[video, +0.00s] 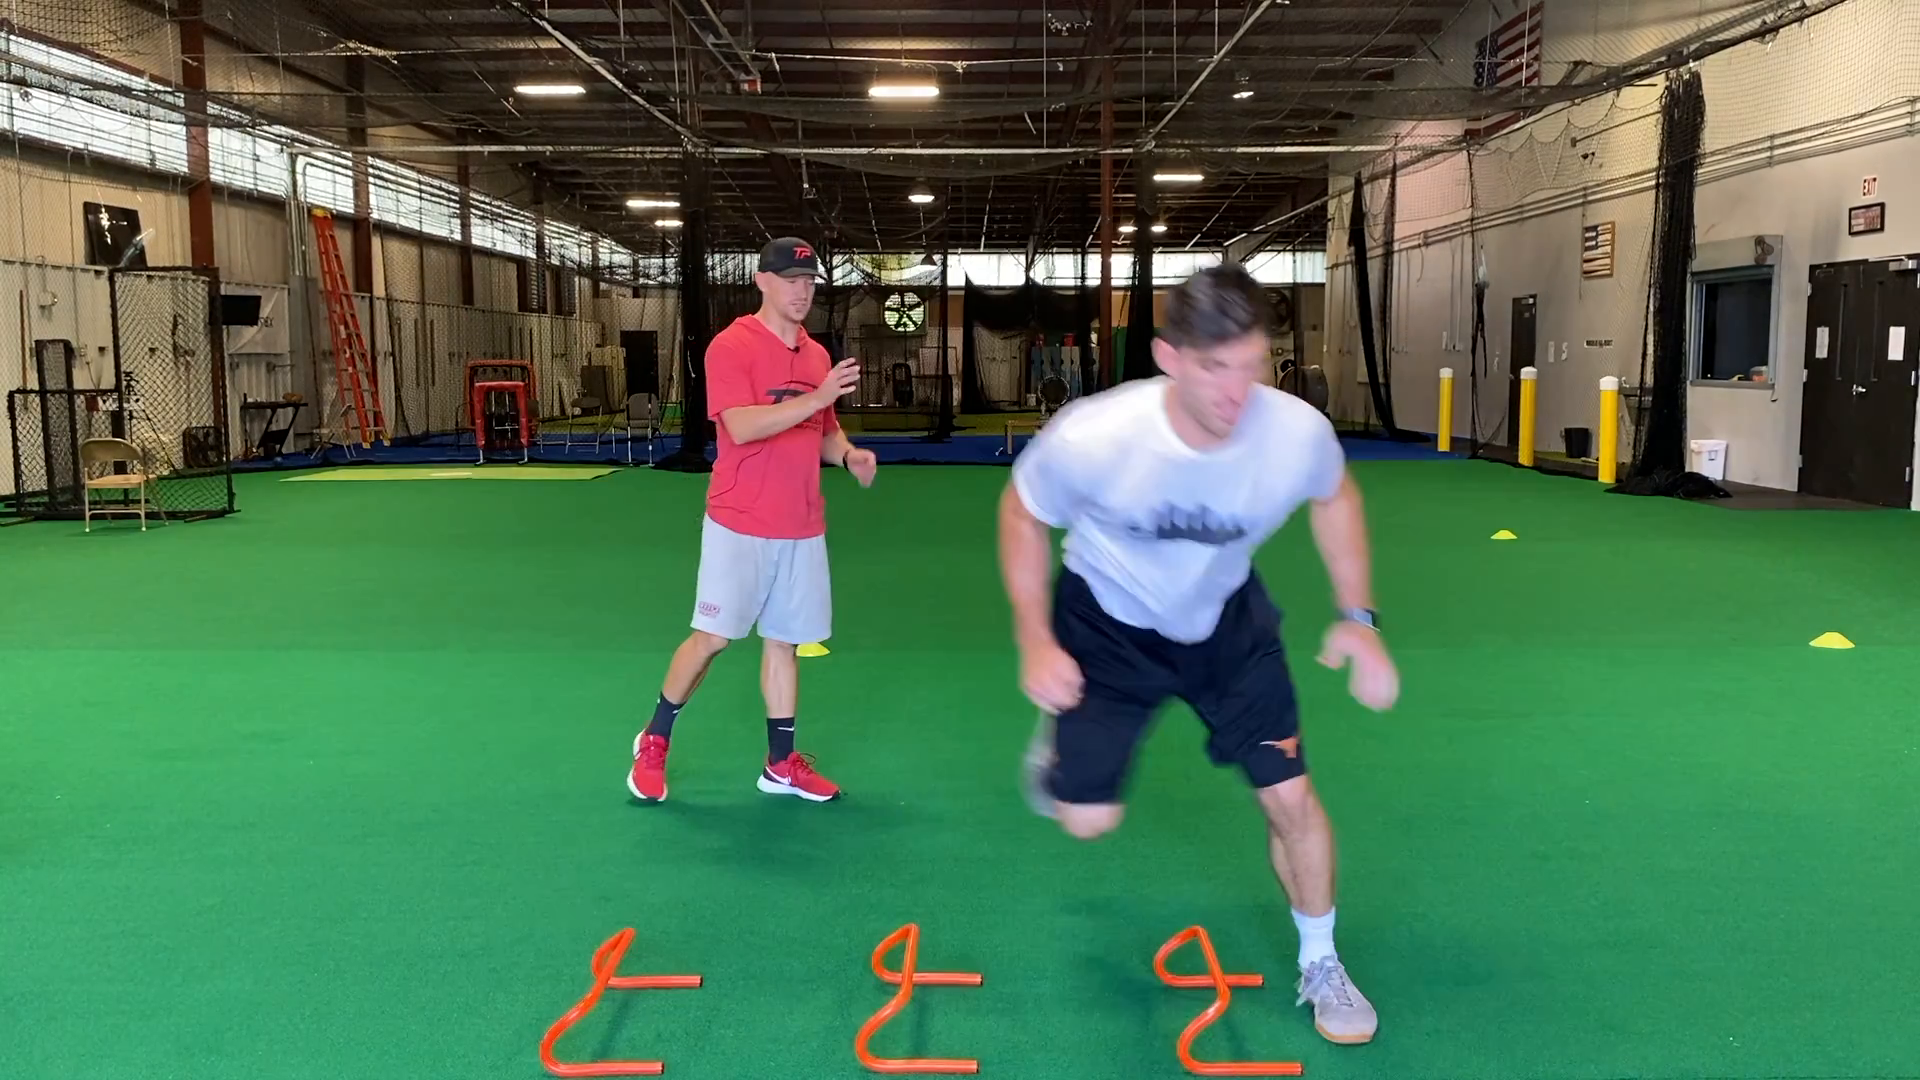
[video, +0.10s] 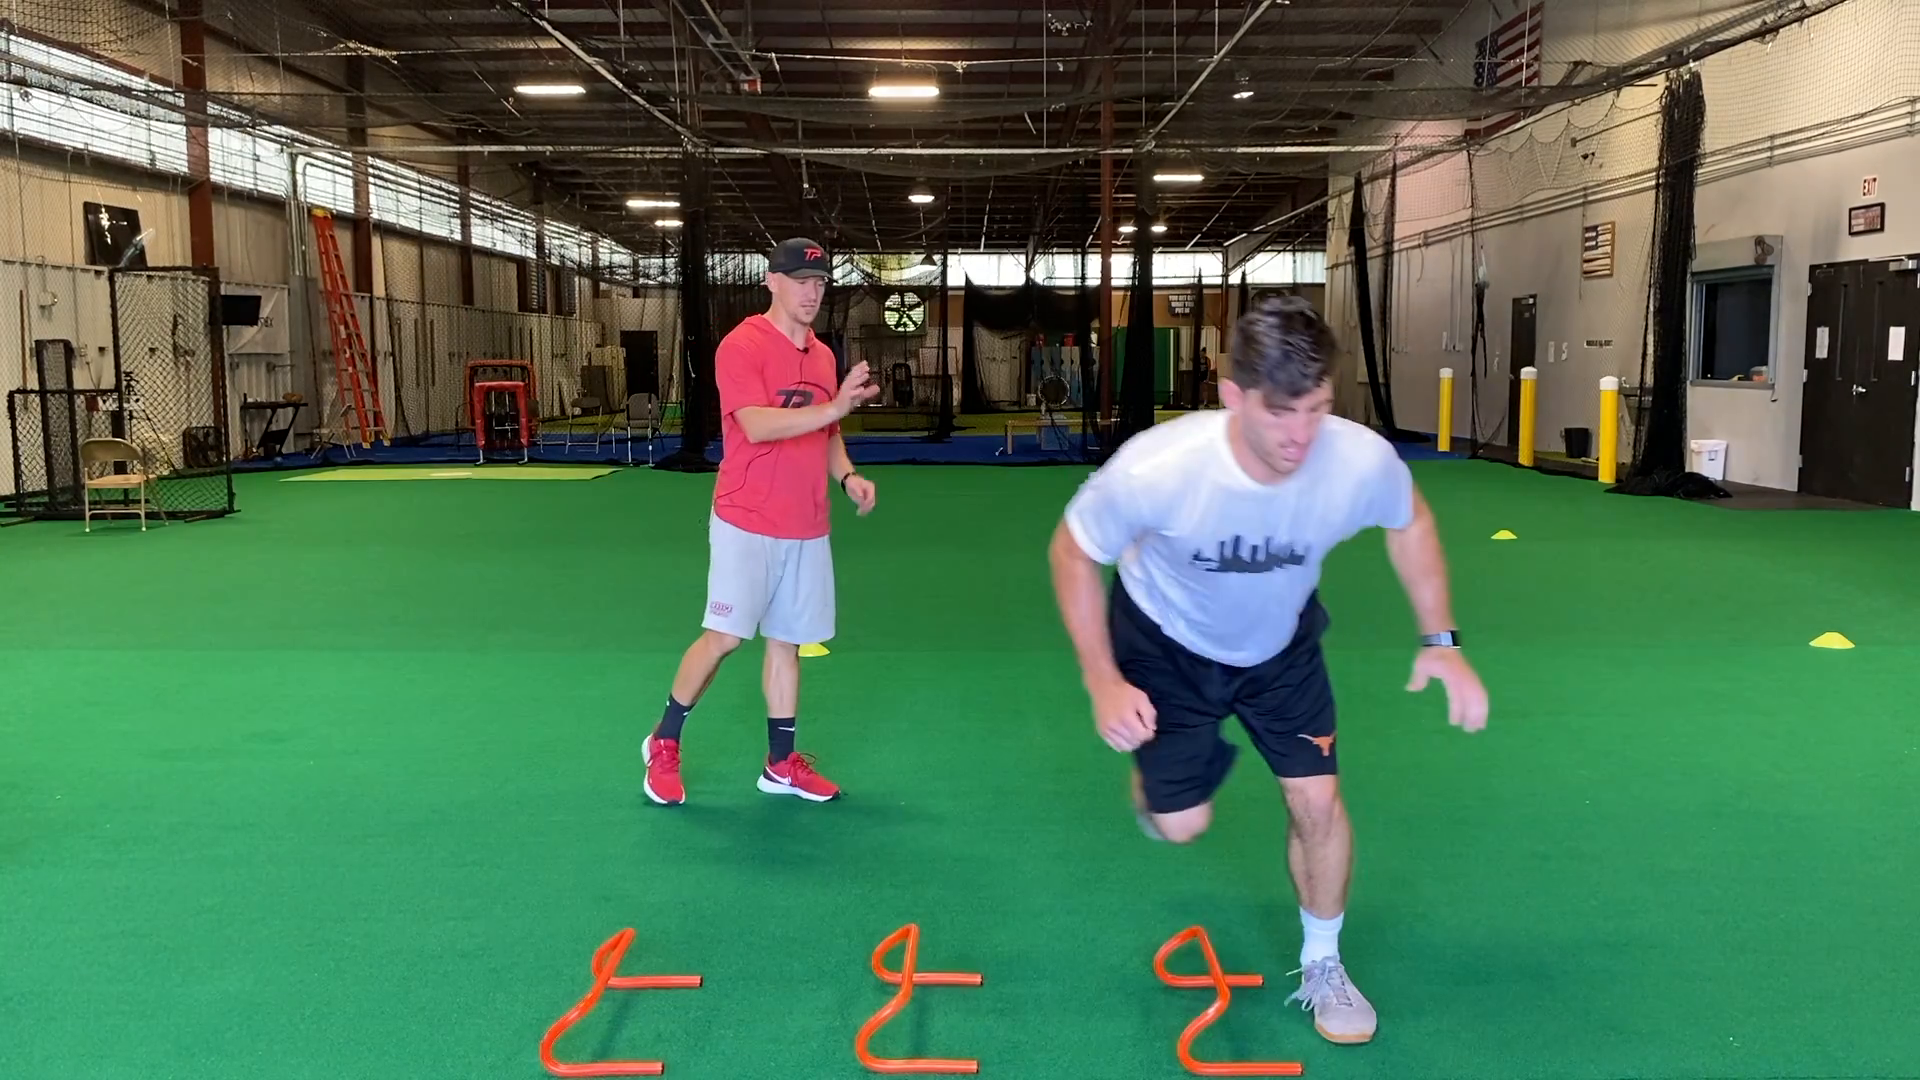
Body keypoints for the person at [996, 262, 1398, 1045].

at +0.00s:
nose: (1237, 389)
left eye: (1251, 368)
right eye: (1216, 368)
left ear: (1266, 359)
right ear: (1168, 358)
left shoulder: (1298, 433)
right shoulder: (1092, 435)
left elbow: (1335, 498)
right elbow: (1022, 509)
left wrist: (1356, 614)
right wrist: (1035, 639)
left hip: (1228, 616)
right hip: (1110, 617)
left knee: (1289, 795)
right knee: (1087, 816)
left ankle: (1321, 965)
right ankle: (1059, 742)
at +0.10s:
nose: (1300, 432)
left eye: (1315, 411)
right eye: (1280, 412)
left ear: (1330, 394)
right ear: (1230, 393)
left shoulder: (1361, 461)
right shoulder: (1157, 466)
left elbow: (1411, 522)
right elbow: (1072, 547)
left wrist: (1439, 638)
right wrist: (1102, 679)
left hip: (1282, 639)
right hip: (1166, 640)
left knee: (1317, 799)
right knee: (1183, 822)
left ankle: (1323, 967)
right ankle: (1156, 775)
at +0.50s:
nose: (1427, 410)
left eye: (1444, 389)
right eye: (1408, 389)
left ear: (1463, 372)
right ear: (1364, 369)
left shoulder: (1491, 456)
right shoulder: (1277, 415)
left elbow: (1531, 533)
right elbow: (1189, 459)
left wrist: (1564, 651)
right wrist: (1157, 580)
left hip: (1363, 617)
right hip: (1237, 583)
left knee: (1377, 782)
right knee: (1155, 742)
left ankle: (1346, 959)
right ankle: (1218, 709)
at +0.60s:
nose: (1455, 401)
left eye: (1471, 380)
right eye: (1436, 380)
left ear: (1489, 364)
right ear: (1389, 359)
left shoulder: (1509, 453)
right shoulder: (1304, 399)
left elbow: (1540, 536)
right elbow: (1207, 436)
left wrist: (1568, 650)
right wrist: (1162, 561)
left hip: (1364, 610)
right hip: (1238, 562)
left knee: (1379, 776)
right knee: (1121, 705)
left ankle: (1344, 960)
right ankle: (1181, 691)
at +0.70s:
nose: (1470, 399)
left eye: (1490, 379)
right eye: (1452, 376)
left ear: (1507, 364)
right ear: (1408, 354)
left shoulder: (1521, 452)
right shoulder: (1321, 392)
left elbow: (1544, 536)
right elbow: (1219, 425)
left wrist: (1563, 652)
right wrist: (1169, 549)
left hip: (1365, 604)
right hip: (1243, 549)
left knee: (1378, 774)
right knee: (1108, 682)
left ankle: (1342, 960)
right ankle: (1154, 684)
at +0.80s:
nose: (1482, 397)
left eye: (1502, 377)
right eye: (1464, 375)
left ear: (1516, 361)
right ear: (1419, 350)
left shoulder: (1528, 450)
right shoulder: (1333, 387)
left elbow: (1546, 535)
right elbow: (1226, 422)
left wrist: (1557, 656)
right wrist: (1177, 547)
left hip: (1367, 601)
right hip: (1248, 544)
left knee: (1379, 773)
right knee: (1110, 676)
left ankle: (1340, 961)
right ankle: (1137, 689)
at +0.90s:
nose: (1485, 395)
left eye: (1505, 374)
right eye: (1467, 372)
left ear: (1519, 359)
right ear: (1422, 347)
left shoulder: (1530, 448)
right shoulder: (1333, 386)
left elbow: (1546, 535)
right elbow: (1226, 423)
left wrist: (1555, 657)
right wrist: (1180, 548)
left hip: (1369, 600)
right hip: (1250, 542)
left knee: (1377, 770)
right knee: (1124, 684)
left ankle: (1338, 961)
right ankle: (1137, 701)